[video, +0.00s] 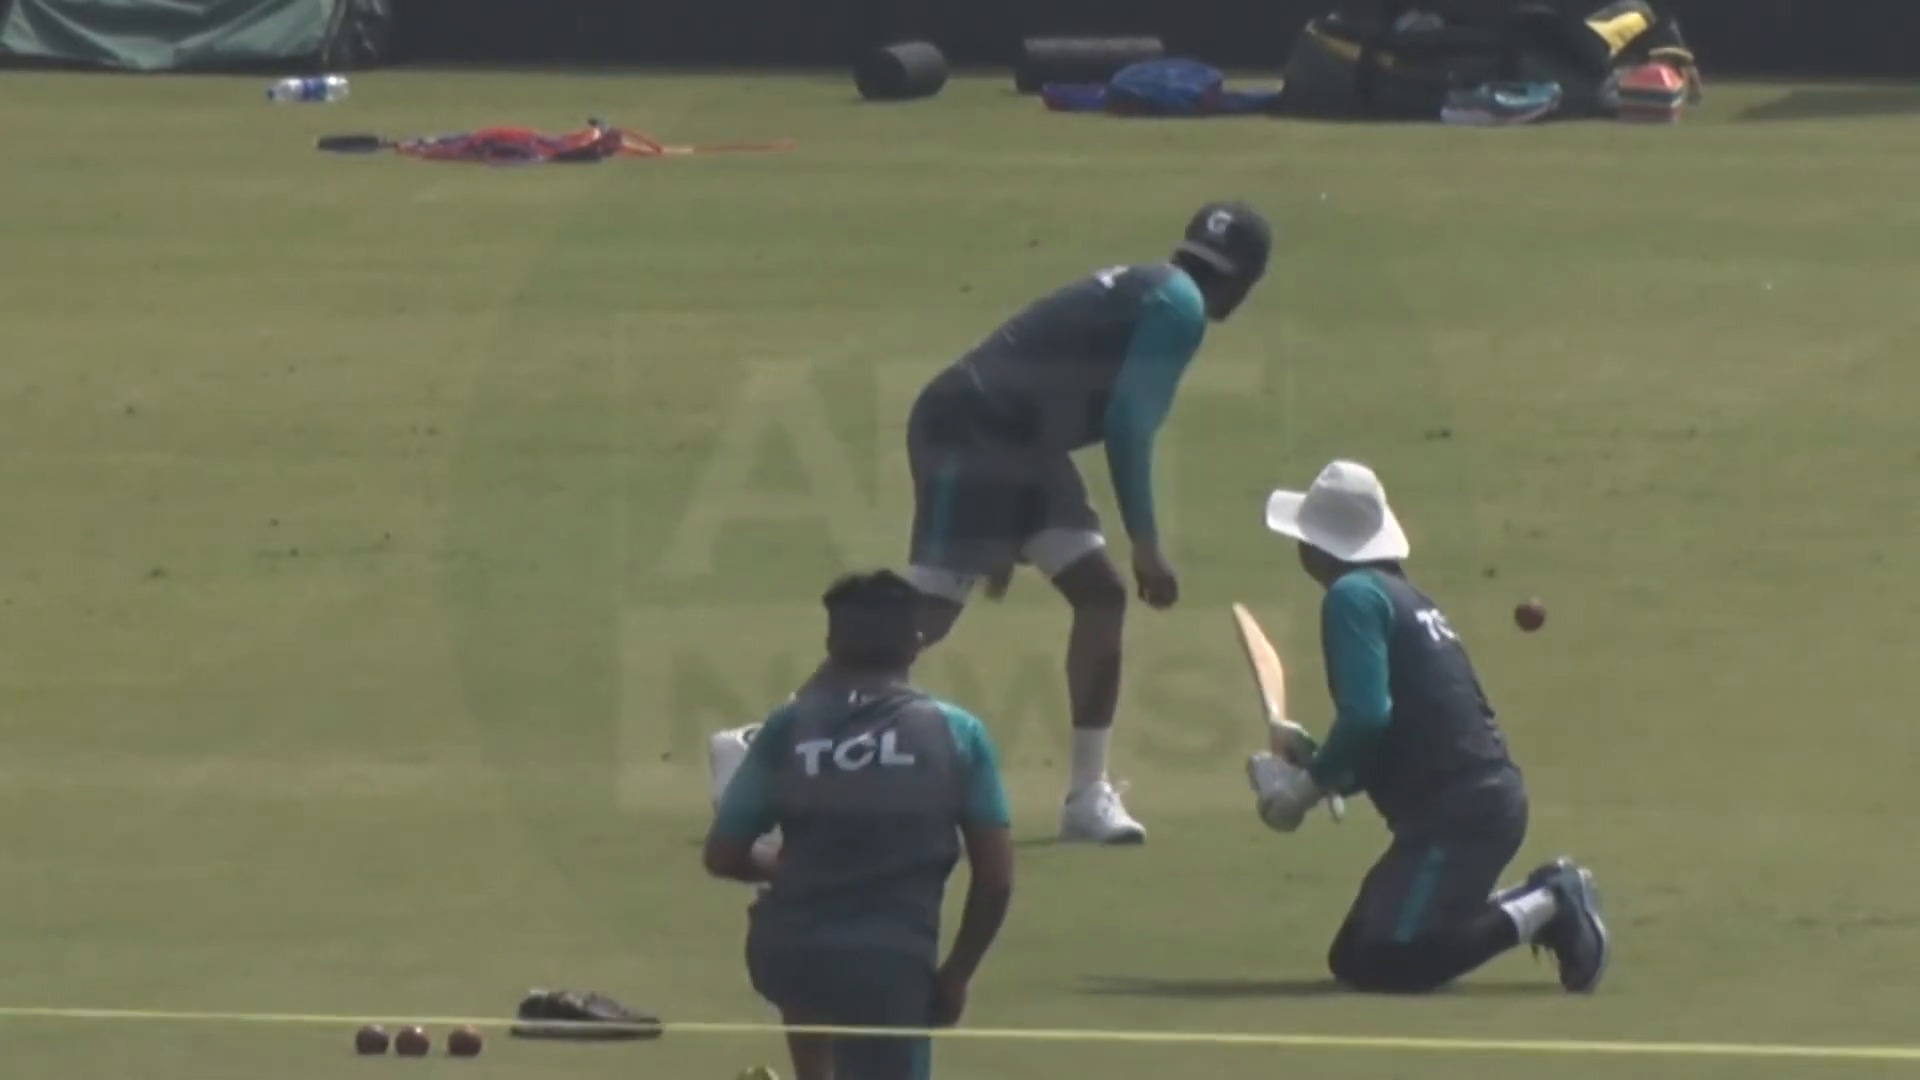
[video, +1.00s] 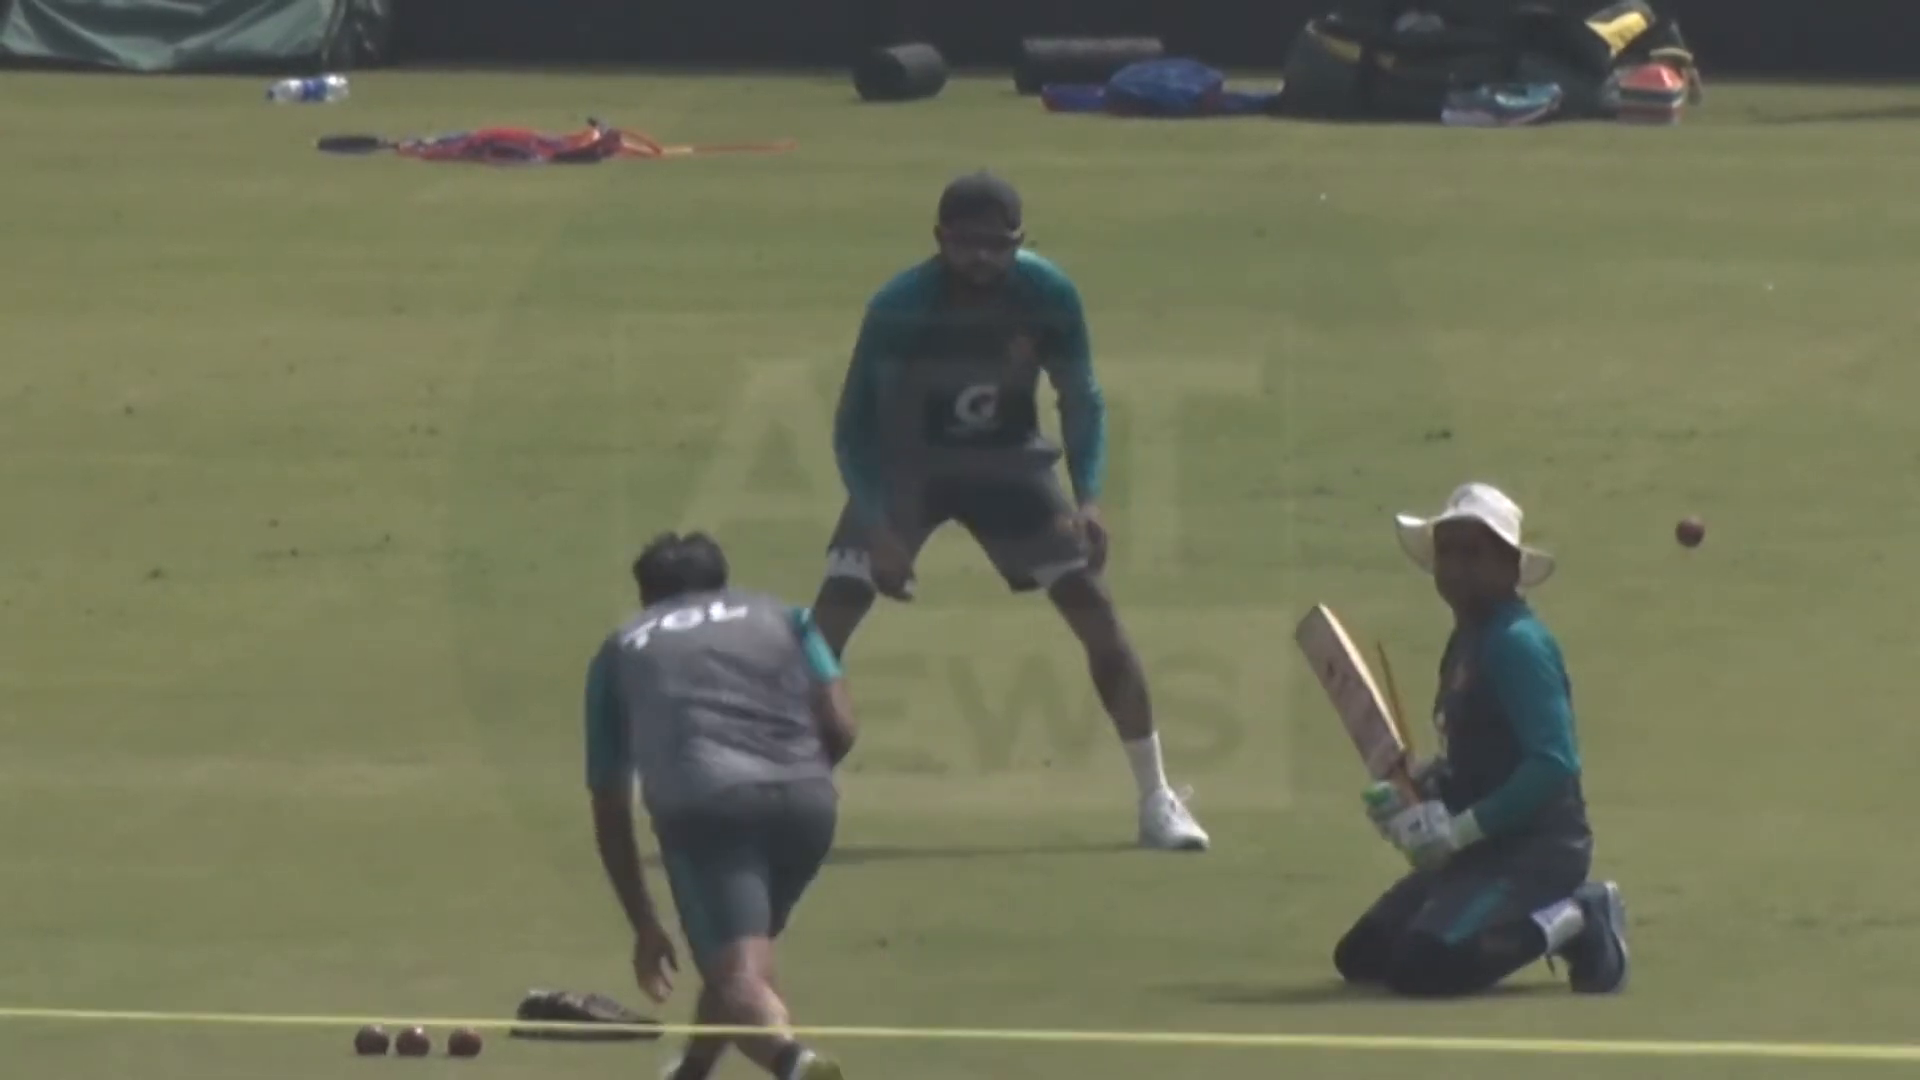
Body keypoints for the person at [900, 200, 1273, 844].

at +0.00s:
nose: (1244, 298)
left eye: (1245, 284)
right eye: (1247, 285)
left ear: (1188, 248)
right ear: (1239, 280)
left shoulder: (1141, 285)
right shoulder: (1179, 307)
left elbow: (1037, 406)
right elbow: (1129, 427)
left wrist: (1004, 531)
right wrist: (1148, 549)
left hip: (1026, 445)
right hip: (972, 431)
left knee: (1101, 594)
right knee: (927, 616)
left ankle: (1088, 796)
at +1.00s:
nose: (981, 259)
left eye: (996, 244)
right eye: (966, 244)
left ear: (1018, 239)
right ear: (940, 238)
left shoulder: (1048, 295)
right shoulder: (896, 309)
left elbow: (1080, 397)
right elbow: (852, 431)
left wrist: (1087, 498)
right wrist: (878, 531)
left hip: (1009, 472)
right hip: (905, 475)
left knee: (1094, 612)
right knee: (836, 611)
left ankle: (1157, 798)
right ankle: (764, 776)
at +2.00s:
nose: (977, 138)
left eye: (991, 125)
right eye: (962, 121)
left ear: (1010, 133)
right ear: (933, 124)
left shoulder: (1027, 205)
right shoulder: (891, 216)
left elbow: (1113, 221)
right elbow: (843, 327)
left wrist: (1040, 134)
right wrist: (874, 361)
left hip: (1016, 440)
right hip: (918, 442)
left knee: (1079, 622)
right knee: (852, 620)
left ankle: (1156, 798)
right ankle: (776, 781)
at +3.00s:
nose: (979, 141)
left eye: (993, 128)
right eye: (963, 128)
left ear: (1012, 132)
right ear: (934, 128)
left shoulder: (1042, 212)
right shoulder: (895, 222)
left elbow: (1099, 313)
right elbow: (852, 344)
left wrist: (1091, 372)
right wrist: (884, 415)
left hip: (1023, 440)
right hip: (923, 445)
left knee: (1079, 620)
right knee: (856, 610)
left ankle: (1155, 798)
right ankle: (800, 788)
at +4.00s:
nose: (1009, 429)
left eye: (1023, 415)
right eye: (994, 415)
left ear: (1040, 406)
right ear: (966, 405)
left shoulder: (1062, 445)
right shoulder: (912, 448)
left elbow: (1086, 537)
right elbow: (861, 558)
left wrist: (1064, 626)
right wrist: (916, 635)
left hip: (1017, 551)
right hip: (914, 553)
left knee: (1114, 620)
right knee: (835, 613)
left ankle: (1159, 800)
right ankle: (817, 783)